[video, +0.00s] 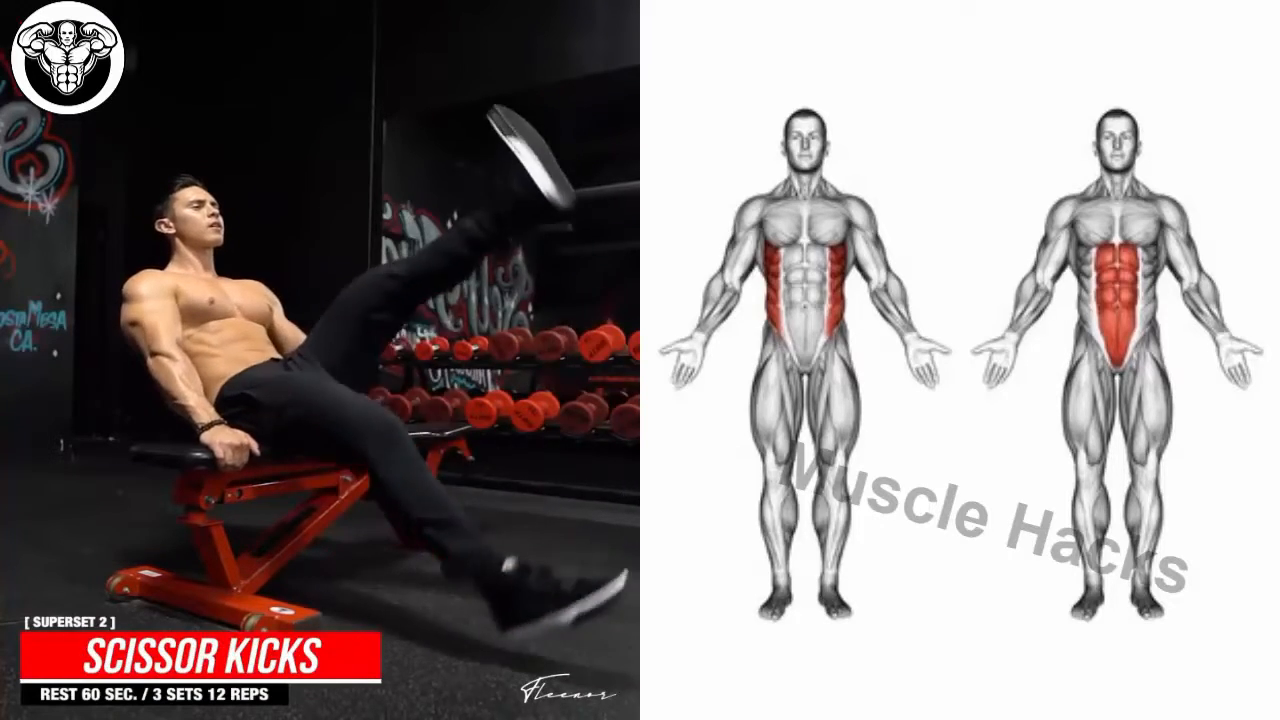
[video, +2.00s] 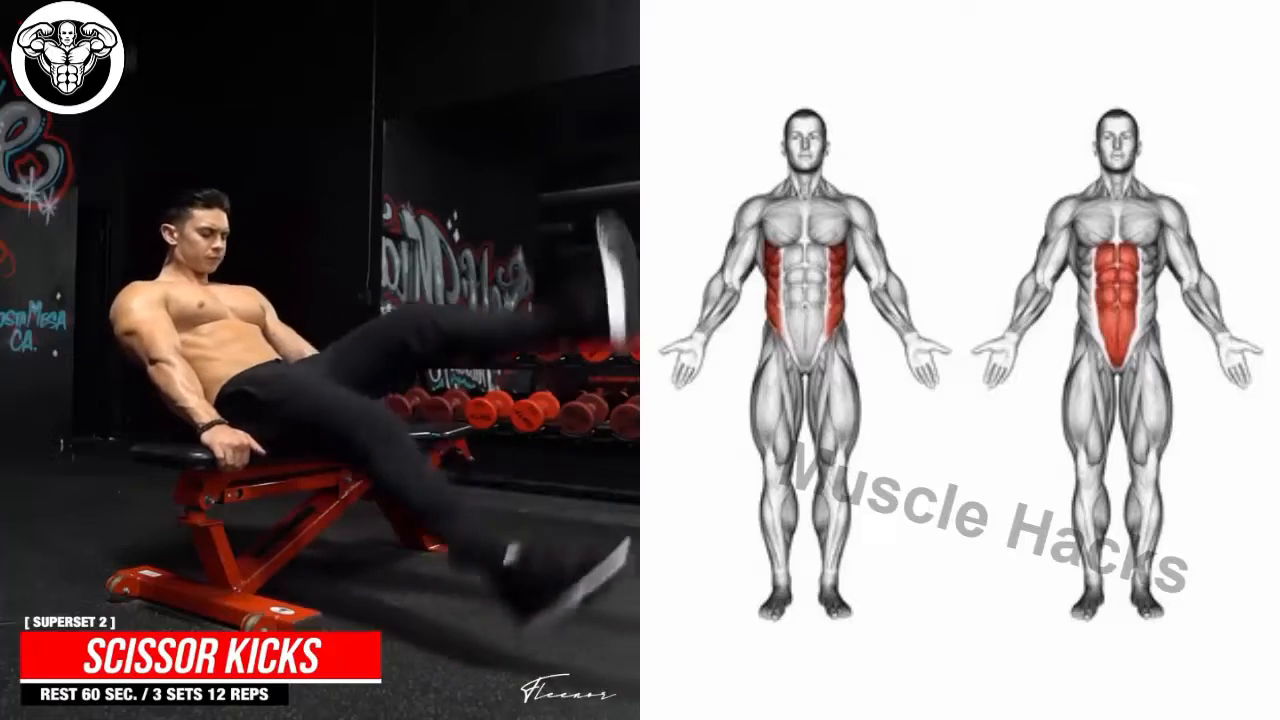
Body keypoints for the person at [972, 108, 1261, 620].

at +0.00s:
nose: (1116, 145)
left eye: (1124, 137)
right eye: (1109, 137)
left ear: (1137, 146)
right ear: (1097, 145)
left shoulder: (1164, 211)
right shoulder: (1070, 211)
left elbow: (1193, 282)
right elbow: (1041, 282)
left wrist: (1221, 335)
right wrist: (1012, 336)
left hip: (1144, 355)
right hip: (1089, 354)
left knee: (1145, 466)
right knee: (1088, 466)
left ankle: (1141, 582)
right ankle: (1092, 583)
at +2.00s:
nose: (1116, 145)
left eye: (1124, 138)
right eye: (1108, 138)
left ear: (1137, 145)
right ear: (1096, 146)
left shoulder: (1164, 211)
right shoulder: (1070, 211)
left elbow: (1193, 282)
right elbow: (1041, 282)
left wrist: (1222, 335)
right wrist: (1012, 336)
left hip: (1144, 355)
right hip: (1089, 355)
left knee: (1145, 466)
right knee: (1088, 466)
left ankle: (1141, 581)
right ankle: (1092, 583)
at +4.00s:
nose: (1116, 145)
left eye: (1124, 138)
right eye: (1108, 138)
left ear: (1137, 145)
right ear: (1097, 145)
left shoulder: (1164, 211)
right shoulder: (1070, 211)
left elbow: (1193, 282)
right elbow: (1041, 281)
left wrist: (1222, 335)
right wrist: (1012, 336)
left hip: (1144, 355)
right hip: (1089, 354)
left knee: (1145, 465)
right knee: (1088, 466)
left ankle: (1141, 581)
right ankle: (1092, 583)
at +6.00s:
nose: (1116, 146)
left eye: (1124, 138)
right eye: (1109, 138)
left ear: (1137, 145)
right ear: (1097, 145)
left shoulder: (1164, 211)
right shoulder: (1070, 211)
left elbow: (1193, 282)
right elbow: (1041, 282)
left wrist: (1222, 335)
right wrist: (1012, 336)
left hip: (1144, 355)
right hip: (1089, 354)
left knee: (1145, 466)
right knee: (1088, 467)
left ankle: (1141, 581)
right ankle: (1092, 583)